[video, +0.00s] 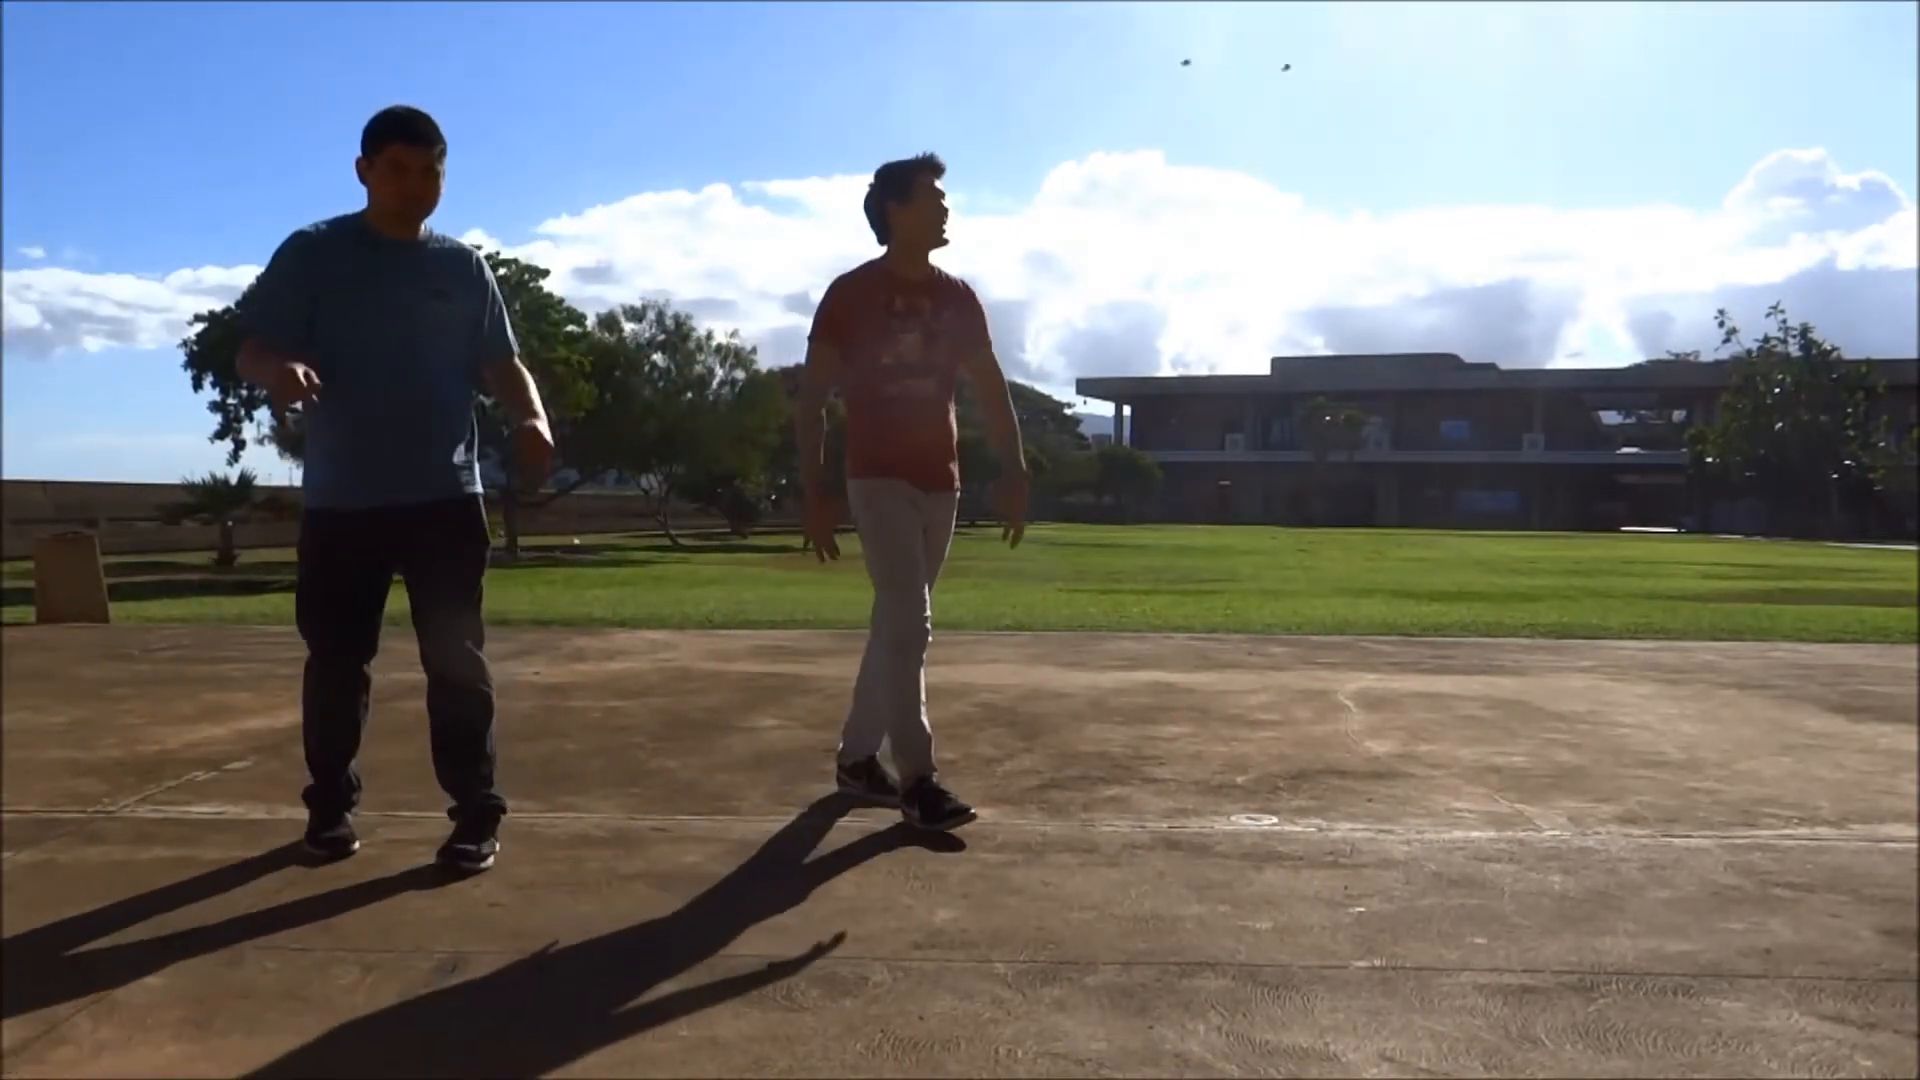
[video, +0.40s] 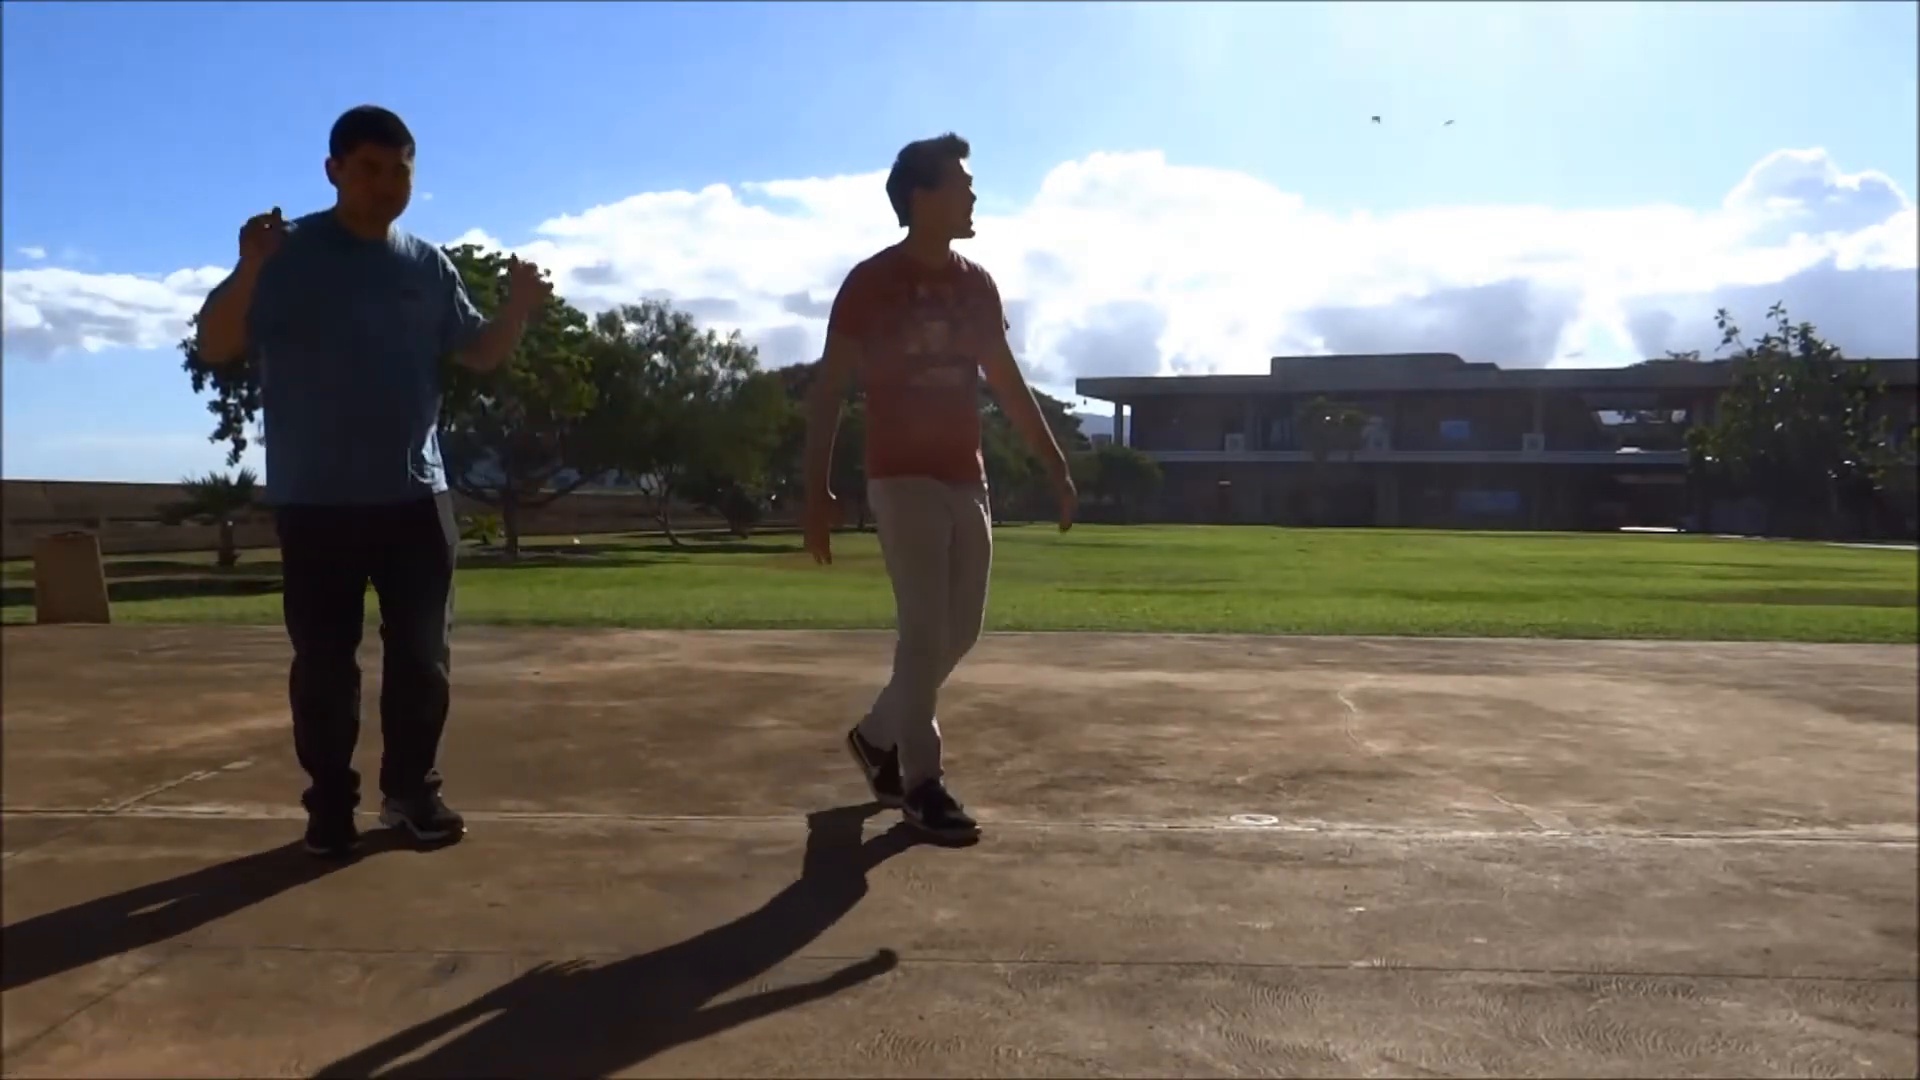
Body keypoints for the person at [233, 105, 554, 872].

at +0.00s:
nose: (426, 183)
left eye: (434, 169)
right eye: (410, 168)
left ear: (442, 176)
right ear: (368, 169)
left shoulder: (463, 266)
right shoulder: (311, 255)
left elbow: (502, 362)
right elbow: (251, 350)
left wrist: (533, 419)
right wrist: (274, 370)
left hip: (444, 493)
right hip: (344, 497)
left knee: (457, 658)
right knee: (334, 661)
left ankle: (477, 816)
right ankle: (329, 811)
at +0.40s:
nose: (395, 177)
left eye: (403, 165)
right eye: (378, 163)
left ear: (412, 175)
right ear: (337, 169)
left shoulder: (425, 263)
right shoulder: (286, 255)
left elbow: (479, 354)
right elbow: (217, 347)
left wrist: (517, 309)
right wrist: (250, 267)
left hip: (411, 486)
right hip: (315, 492)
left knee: (422, 653)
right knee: (324, 660)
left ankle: (413, 794)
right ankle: (329, 806)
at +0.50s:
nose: (393, 180)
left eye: (403, 169)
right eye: (377, 166)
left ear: (414, 179)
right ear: (339, 171)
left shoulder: (427, 266)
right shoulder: (287, 256)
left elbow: (485, 353)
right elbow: (217, 345)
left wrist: (516, 288)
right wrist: (249, 251)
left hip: (411, 487)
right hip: (315, 492)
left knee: (406, 652)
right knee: (324, 655)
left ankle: (385, 797)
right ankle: (330, 806)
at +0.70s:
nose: (411, 193)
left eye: (419, 181)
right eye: (396, 178)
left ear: (427, 185)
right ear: (353, 176)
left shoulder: (428, 264)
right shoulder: (296, 254)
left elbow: (489, 350)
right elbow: (228, 339)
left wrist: (512, 273)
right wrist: (265, 246)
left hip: (419, 484)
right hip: (326, 489)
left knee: (436, 640)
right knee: (332, 655)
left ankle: (411, 780)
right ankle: (331, 805)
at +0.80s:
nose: (421, 197)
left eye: (430, 185)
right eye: (407, 182)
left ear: (437, 188)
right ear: (365, 178)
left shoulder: (435, 266)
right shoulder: (308, 255)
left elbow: (493, 349)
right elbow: (238, 336)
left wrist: (513, 274)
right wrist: (280, 247)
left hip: (425, 482)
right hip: (333, 488)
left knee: (453, 637)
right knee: (336, 654)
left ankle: (449, 779)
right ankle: (331, 803)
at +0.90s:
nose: (436, 203)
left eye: (445, 190)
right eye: (423, 186)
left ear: (453, 193)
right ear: (381, 181)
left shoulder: (448, 271)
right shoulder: (322, 257)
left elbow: (504, 350)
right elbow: (250, 335)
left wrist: (525, 277)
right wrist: (296, 249)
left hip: (434, 486)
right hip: (343, 491)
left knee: (470, 636)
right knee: (341, 655)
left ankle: (495, 779)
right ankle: (333, 805)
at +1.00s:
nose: (454, 209)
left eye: (462, 196)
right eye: (440, 193)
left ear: (470, 200)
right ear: (401, 187)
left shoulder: (468, 273)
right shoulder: (341, 259)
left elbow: (521, 354)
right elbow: (270, 340)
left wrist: (538, 283)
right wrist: (311, 254)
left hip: (449, 490)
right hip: (360, 493)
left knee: (487, 636)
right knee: (349, 655)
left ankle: (518, 776)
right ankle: (333, 804)